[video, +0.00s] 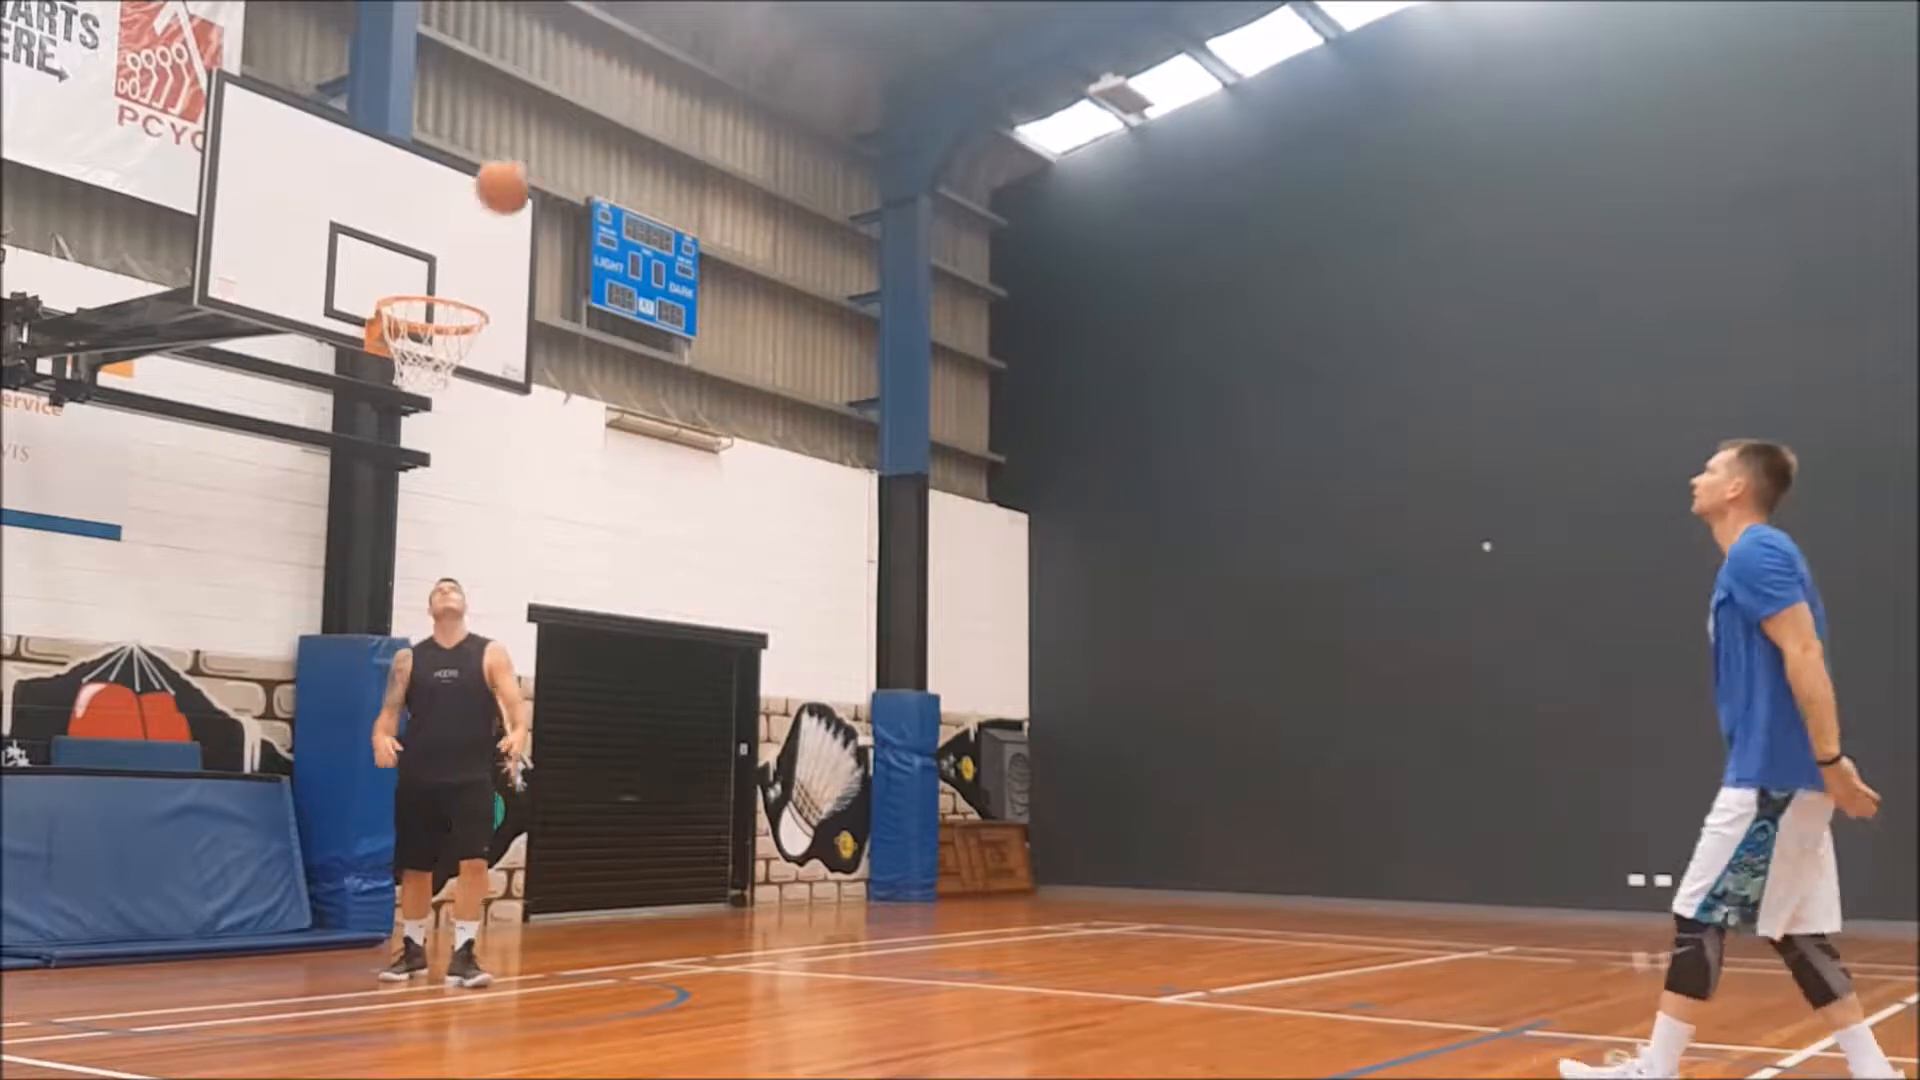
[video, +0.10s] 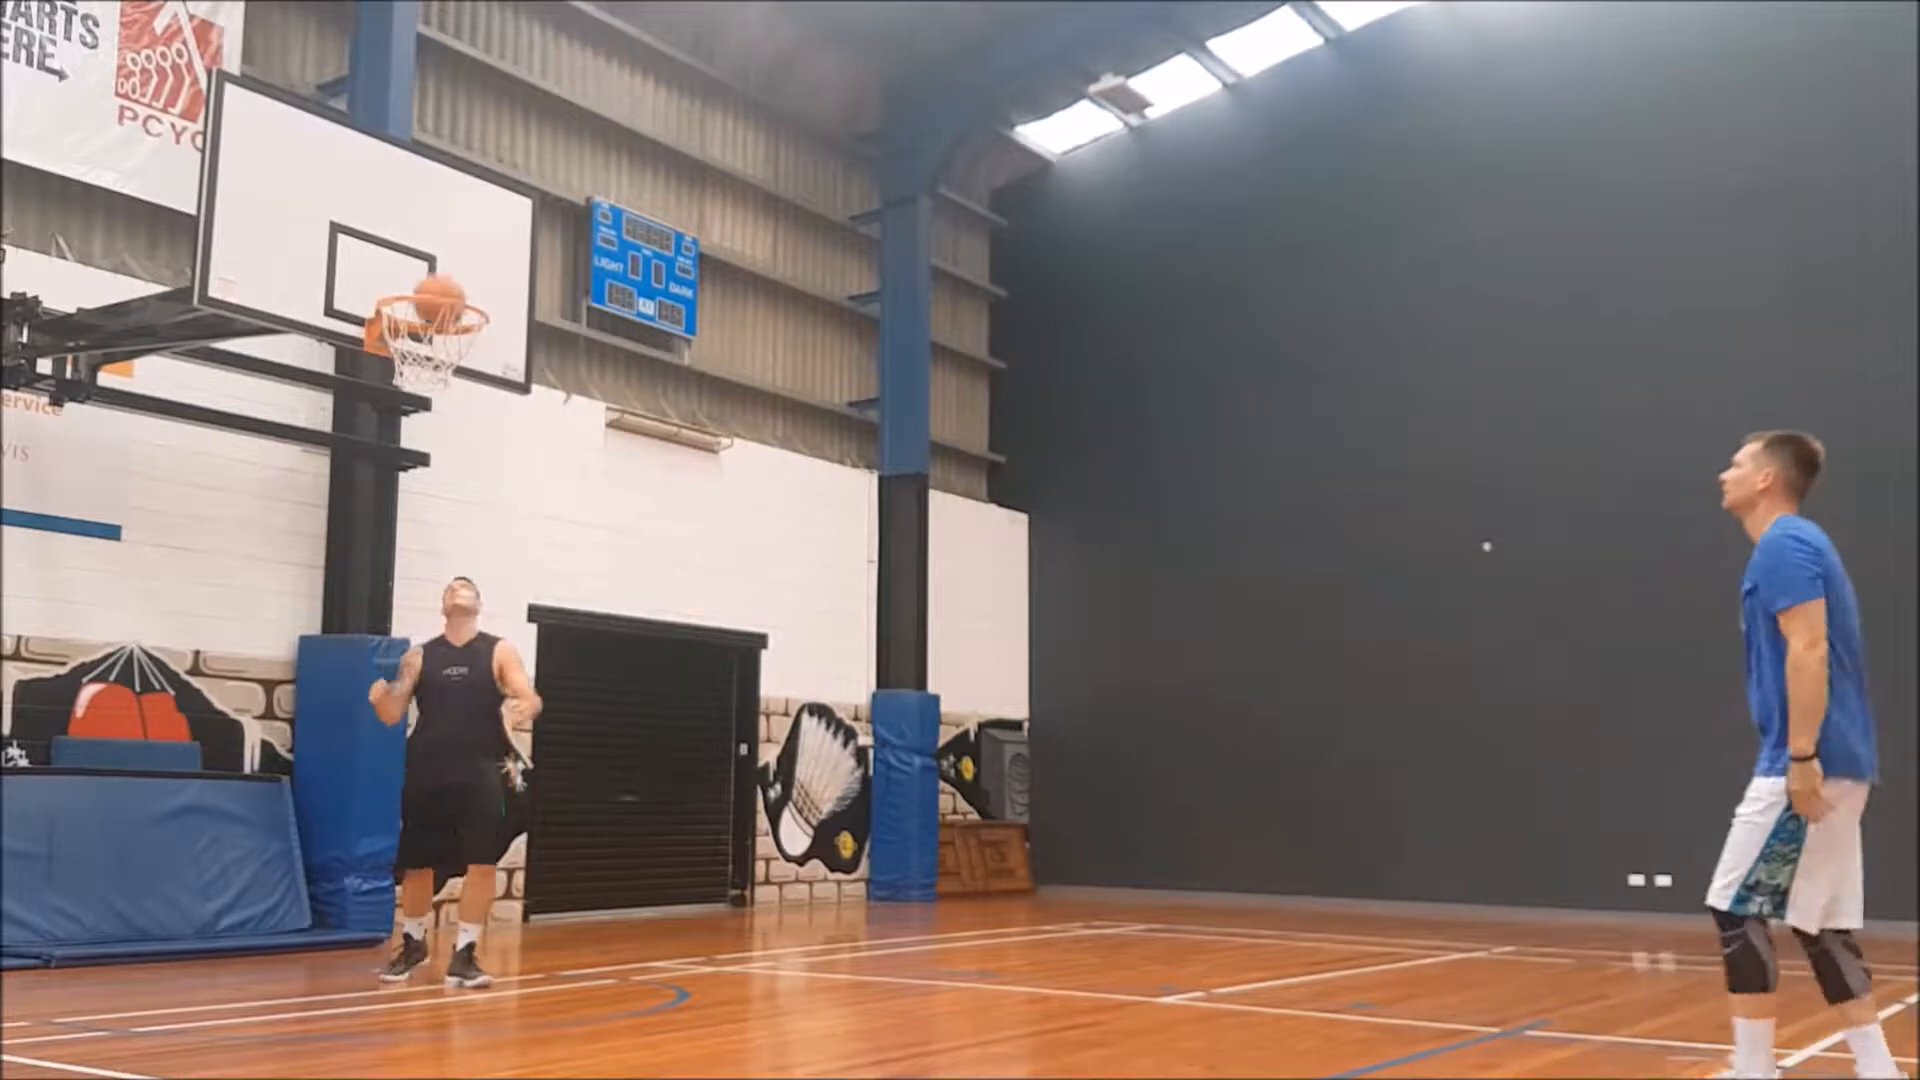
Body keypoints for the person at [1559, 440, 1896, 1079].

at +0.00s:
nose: (1695, 480)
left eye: (1708, 470)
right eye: (1703, 470)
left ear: (1736, 488)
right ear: (1744, 491)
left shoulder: (1753, 553)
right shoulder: (1771, 555)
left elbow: (1804, 653)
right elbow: (1810, 658)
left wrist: (1832, 762)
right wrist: (1831, 770)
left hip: (1765, 778)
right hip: (1795, 778)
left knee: (1698, 918)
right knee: (1798, 930)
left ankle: (1656, 1065)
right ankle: (1873, 1067)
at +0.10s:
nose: (1722, 476)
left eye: (1735, 465)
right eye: (1729, 465)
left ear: (1766, 479)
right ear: (1774, 481)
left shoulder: (1783, 545)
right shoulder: (1806, 544)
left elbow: (1809, 648)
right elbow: (1822, 651)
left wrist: (1801, 757)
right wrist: (1802, 759)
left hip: (1799, 766)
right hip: (1838, 765)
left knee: (1735, 906)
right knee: (1822, 921)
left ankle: (1752, 1067)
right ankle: (1879, 1068)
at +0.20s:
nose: (1754, 471)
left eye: (1765, 460)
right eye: (1760, 459)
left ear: (1796, 473)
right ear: (1805, 476)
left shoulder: (1808, 538)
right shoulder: (1835, 539)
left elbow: (1809, 644)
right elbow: (1833, 654)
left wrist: (1765, 744)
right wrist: (1786, 752)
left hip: (1840, 757)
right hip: (1869, 757)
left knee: (1785, 909)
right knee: (1847, 920)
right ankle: (1881, 1063)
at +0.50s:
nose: (1845, 468)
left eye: (1857, 457)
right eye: (1851, 457)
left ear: (1892, 468)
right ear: (1896, 470)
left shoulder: (1892, 538)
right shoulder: (1903, 535)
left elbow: (1858, 646)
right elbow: (1872, 651)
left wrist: (1762, 707)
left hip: (1904, 777)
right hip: (1901, 774)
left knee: (1892, 930)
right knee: (1892, 929)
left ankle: (1889, 1069)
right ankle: (1889, 1066)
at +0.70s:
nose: (1892, 473)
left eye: (1903, 460)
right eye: (1898, 459)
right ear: (1913, 472)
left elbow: (1917, 685)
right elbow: (1917, 683)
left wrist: (1859, 734)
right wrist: (1862, 732)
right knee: (1919, 921)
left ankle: (1905, 1059)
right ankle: (1903, 1058)